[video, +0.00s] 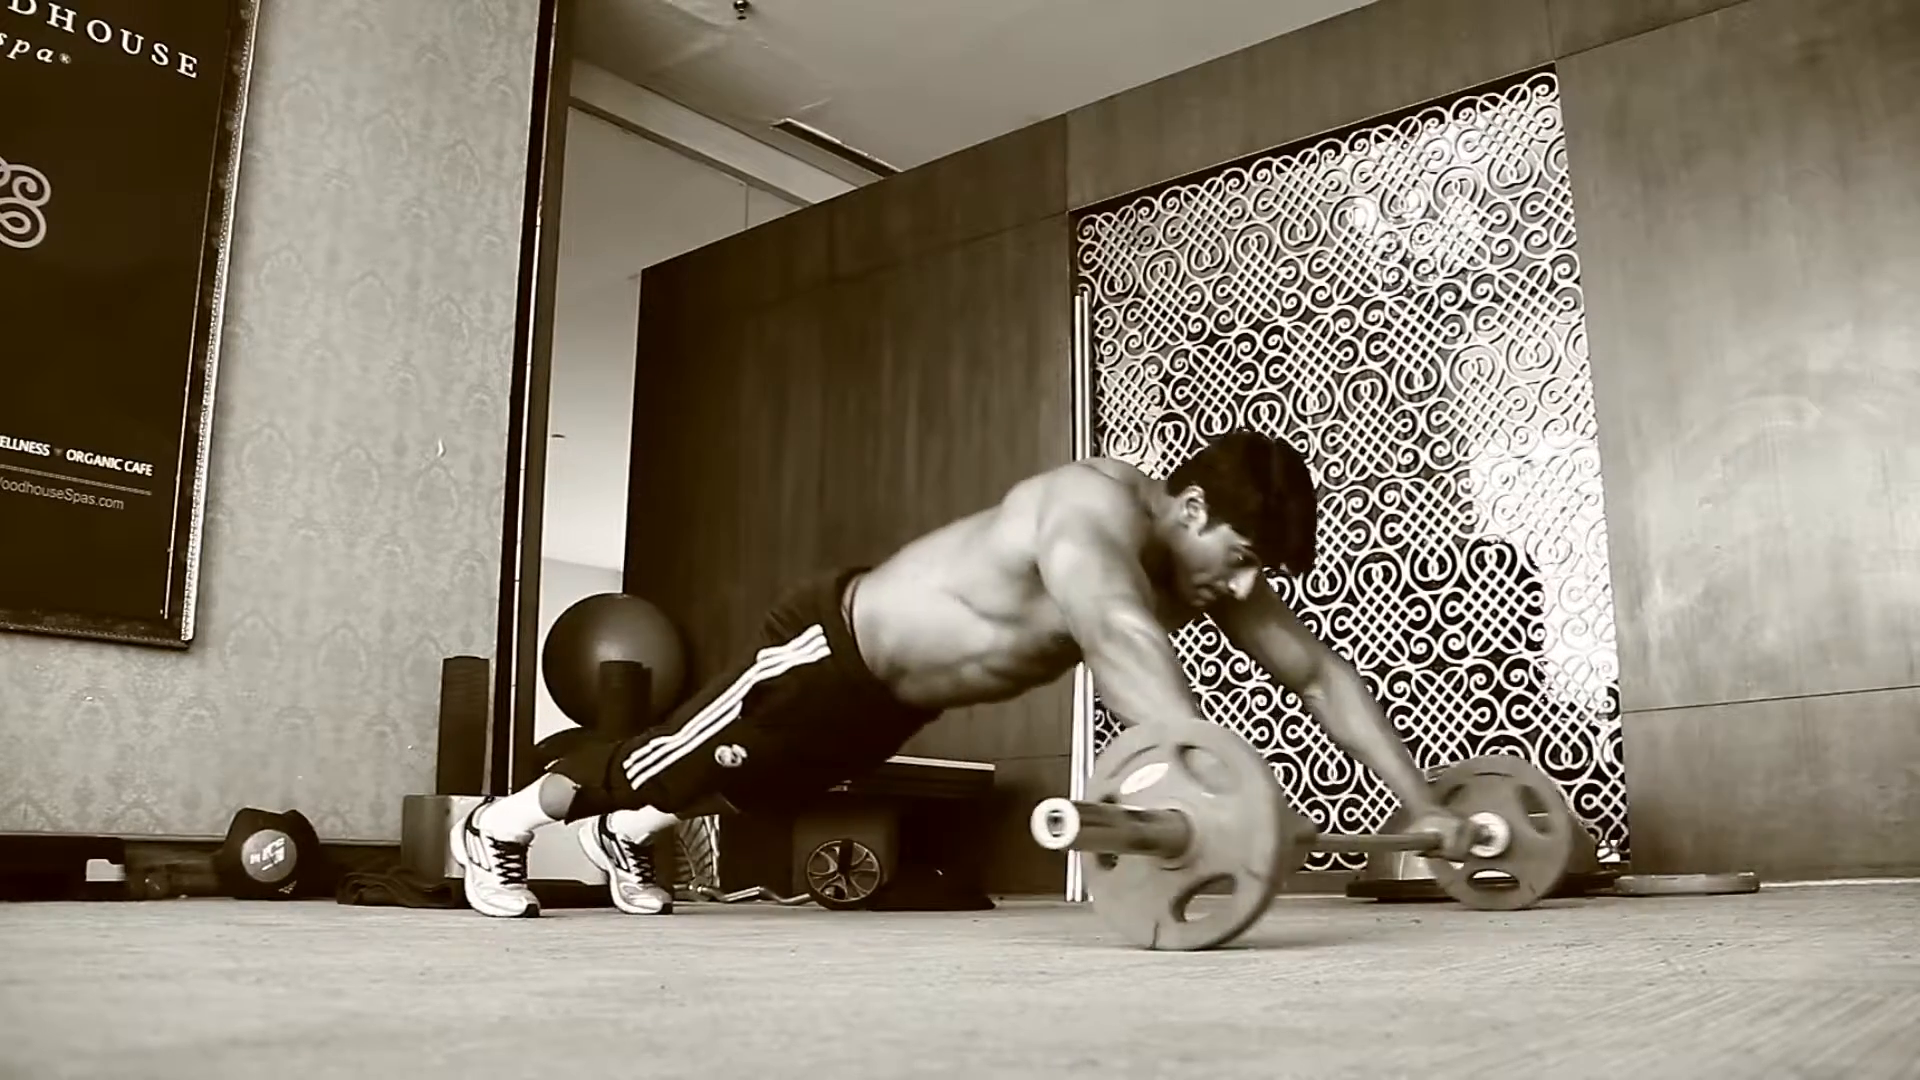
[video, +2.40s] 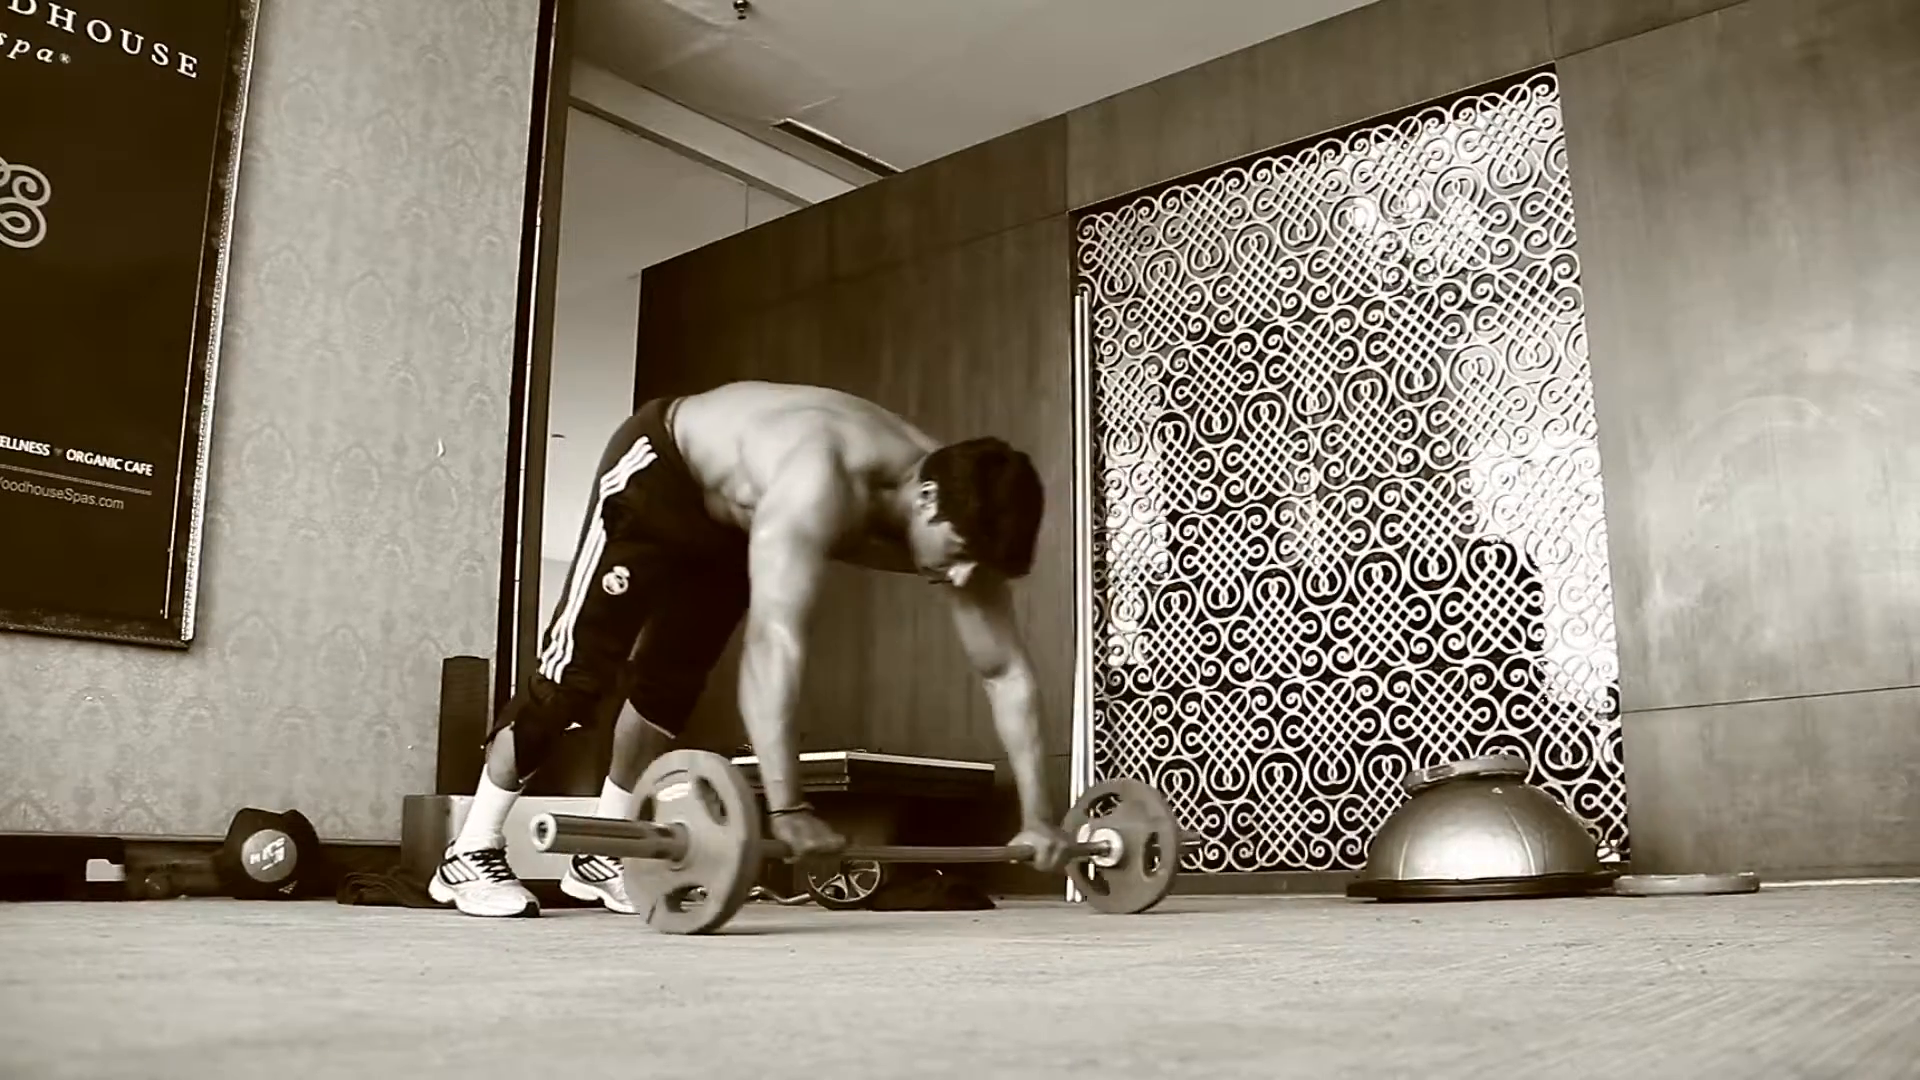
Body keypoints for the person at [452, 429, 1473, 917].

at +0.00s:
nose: (1236, 587)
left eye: (1252, 574)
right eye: (1240, 563)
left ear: (1233, 537)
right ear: (1204, 503)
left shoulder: (1190, 558)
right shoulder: (1091, 504)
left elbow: (1320, 674)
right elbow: (1116, 642)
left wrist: (1413, 797)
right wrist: (1200, 748)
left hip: (905, 690)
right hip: (842, 647)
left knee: (759, 772)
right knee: (671, 757)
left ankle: (636, 836)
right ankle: (499, 823)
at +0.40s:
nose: (1263, 638)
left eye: (1276, 629)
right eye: (1265, 615)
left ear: (1285, 602)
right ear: (1235, 551)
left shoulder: (1242, 600)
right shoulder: (1137, 542)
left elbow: (1380, 692)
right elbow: (1182, 667)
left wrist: (1503, 790)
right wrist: (1311, 744)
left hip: (940, 748)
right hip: (869, 696)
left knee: (760, 824)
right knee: (671, 797)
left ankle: (654, 860)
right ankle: (508, 827)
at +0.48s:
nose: (1275, 658)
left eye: (1290, 647)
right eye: (1275, 635)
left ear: (1295, 612)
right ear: (1237, 571)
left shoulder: (1260, 598)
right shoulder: (1143, 548)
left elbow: (1392, 697)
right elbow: (1209, 692)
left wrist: (1521, 804)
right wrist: (1357, 768)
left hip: (959, 762)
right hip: (876, 701)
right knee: (677, 801)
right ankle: (505, 831)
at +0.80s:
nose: (1254, 645)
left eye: (1270, 636)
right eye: (1259, 620)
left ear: (1283, 602)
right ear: (1239, 553)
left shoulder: (1232, 587)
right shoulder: (1133, 532)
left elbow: (1360, 678)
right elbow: (1163, 659)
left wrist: (1466, 775)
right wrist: (1293, 752)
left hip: (935, 741)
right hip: (867, 688)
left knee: (775, 826)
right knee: (667, 787)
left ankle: (660, 859)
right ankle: (506, 824)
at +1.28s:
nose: (1200, 577)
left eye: (1220, 566)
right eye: (1205, 557)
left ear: (1202, 518)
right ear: (1179, 497)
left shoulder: (1171, 525)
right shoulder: (1062, 475)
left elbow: (1265, 660)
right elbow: (1061, 619)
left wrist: (1347, 801)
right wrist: (1119, 762)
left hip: (876, 638)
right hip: (812, 600)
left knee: (749, 735)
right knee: (649, 734)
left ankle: (624, 818)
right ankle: (497, 818)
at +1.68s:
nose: (1128, 552)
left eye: (1143, 541)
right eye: (1129, 529)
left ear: (1132, 505)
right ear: (1090, 476)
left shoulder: (1096, 518)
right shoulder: (973, 463)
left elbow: (1164, 656)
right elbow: (942, 622)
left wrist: (1207, 807)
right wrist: (968, 793)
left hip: (832, 583)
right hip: (760, 529)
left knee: (712, 709)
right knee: (630, 689)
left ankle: (611, 840)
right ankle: (485, 832)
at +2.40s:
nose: (957, 576)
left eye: (977, 566)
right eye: (955, 553)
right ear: (927, 501)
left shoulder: (958, 515)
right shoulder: (817, 481)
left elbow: (1005, 672)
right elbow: (773, 639)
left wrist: (1040, 817)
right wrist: (786, 807)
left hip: (741, 522)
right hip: (661, 472)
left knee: (662, 693)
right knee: (574, 679)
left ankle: (594, 853)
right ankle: (468, 857)